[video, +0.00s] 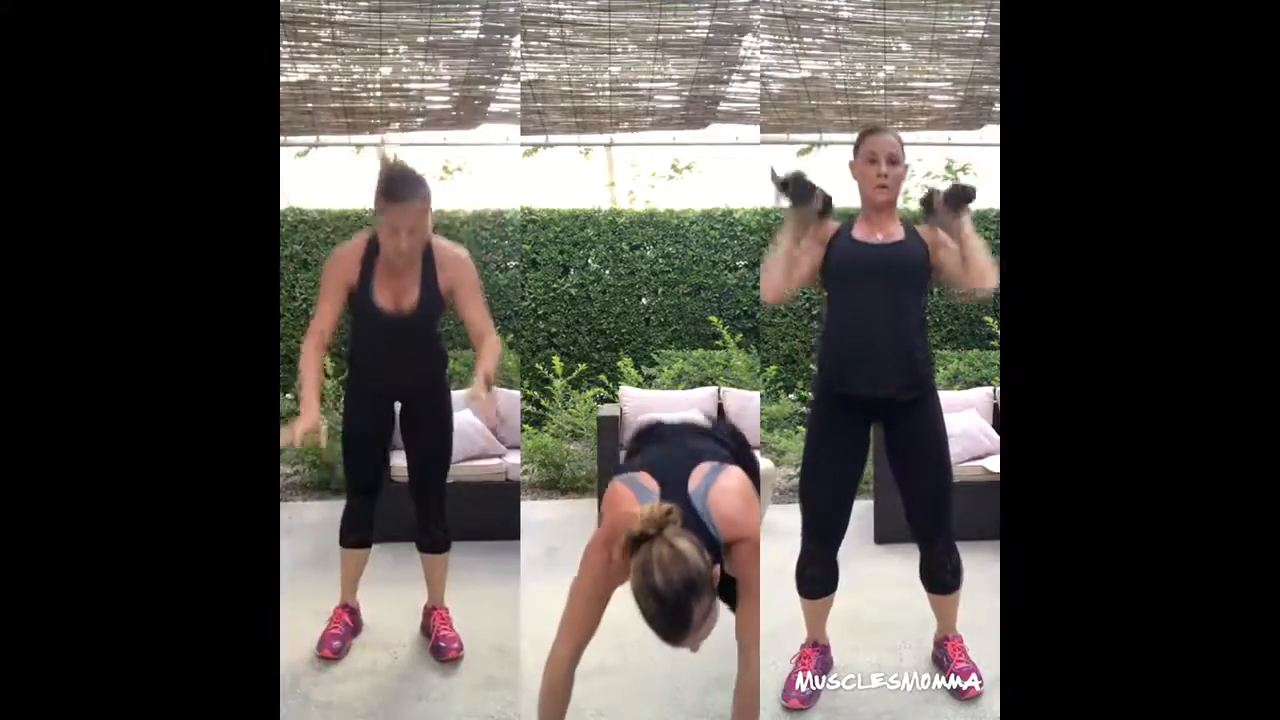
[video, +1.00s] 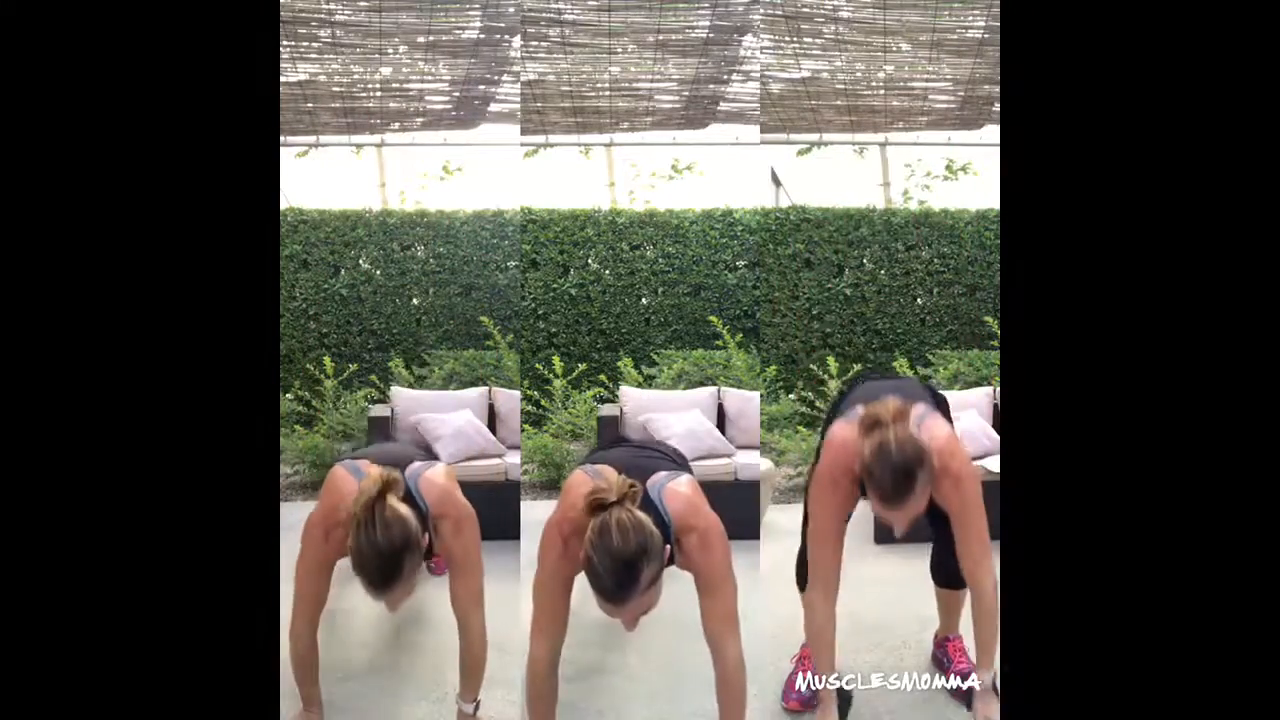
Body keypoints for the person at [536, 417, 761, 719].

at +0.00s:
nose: (694, 651)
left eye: (701, 638)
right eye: (681, 647)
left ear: (716, 575)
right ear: (634, 579)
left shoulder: (737, 519)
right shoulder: (613, 535)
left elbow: (749, 650)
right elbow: (563, 658)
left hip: (721, 444)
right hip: (644, 447)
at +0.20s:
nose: (682, 629)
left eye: (694, 611)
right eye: (668, 619)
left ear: (711, 558)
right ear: (633, 578)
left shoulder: (737, 514)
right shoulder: (614, 542)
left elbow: (748, 670)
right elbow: (566, 661)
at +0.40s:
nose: (677, 655)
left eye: (686, 643)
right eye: (666, 652)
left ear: (701, 579)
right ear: (624, 586)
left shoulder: (733, 528)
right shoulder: (610, 530)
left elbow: (748, 668)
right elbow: (563, 657)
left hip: (725, 427)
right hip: (647, 437)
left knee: (736, 577)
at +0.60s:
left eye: (656, 654)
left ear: (680, 596)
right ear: (598, 584)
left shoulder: (716, 534)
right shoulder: (583, 523)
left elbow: (740, 655)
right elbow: (549, 652)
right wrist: (544, 715)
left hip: (695, 393)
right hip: (621, 396)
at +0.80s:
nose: (629, 632)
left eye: (640, 622)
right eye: (618, 626)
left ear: (665, 565)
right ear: (582, 559)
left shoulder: (700, 525)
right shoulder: (569, 516)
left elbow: (729, 652)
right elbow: (545, 649)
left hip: (681, 459)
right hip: (604, 461)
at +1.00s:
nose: (629, 627)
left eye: (643, 612)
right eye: (614, 615)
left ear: (666, 558)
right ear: (585, 558)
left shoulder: (699, 527)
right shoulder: (564, 527)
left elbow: (726, 650)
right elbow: (543, 653)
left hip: (671, 462)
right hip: (597, 463)